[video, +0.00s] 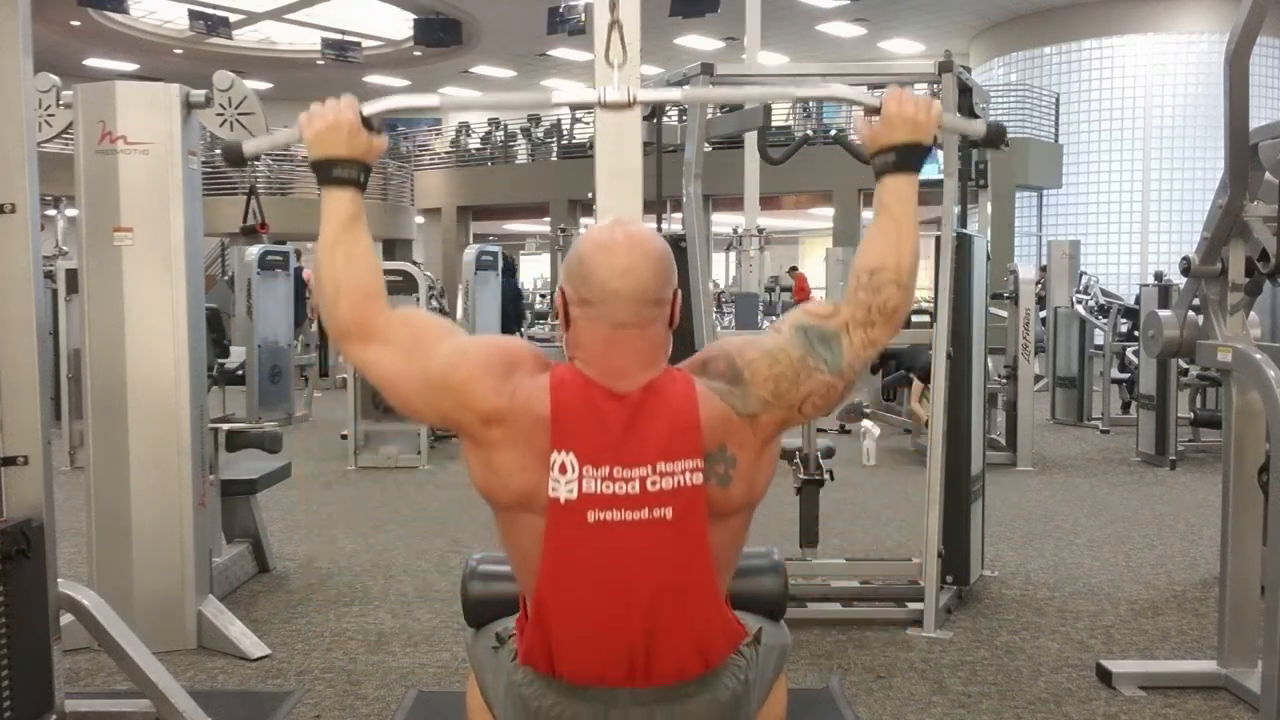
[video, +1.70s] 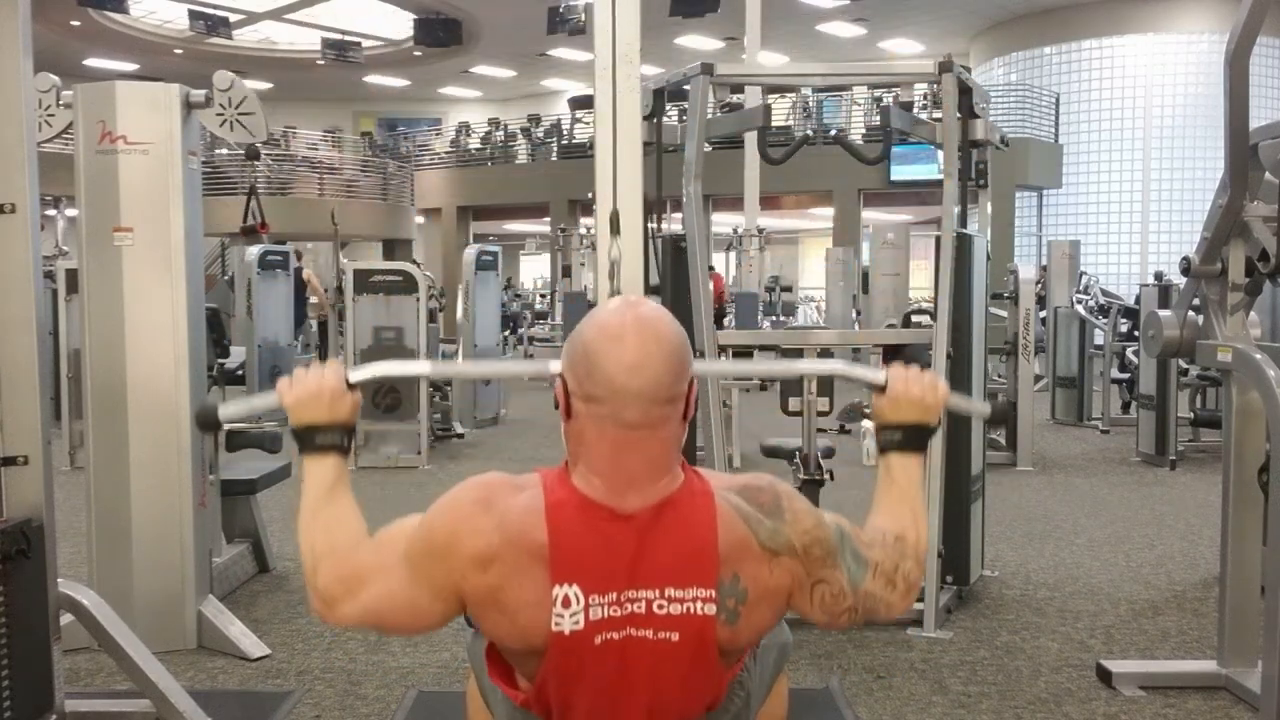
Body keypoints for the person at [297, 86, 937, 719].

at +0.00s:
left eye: (565, 286)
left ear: (564, 311)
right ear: (672, 312)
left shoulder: (498, 388)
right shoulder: (744, 391)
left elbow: (356, 321)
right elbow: (873, 314)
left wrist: (339, 178)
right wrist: (901, 167)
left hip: (553, 693)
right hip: (707, 688)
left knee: (492, 646)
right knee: (768, 647)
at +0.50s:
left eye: (570, 264)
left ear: (568, 280)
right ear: (671, 281)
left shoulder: (515, 339)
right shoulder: (728, 343)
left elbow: (405, 222)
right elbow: (827, 214)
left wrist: (348, 70)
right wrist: (885, 67)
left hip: (556, 682)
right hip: (697, 681)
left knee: (488, 667)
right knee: (769, 646)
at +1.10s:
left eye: (573, 279)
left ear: (572, 300)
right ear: (681, 297)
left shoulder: (508, 370)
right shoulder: (747, 368)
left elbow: (366, 289)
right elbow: (875, 293)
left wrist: (337, 142)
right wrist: (905, 139)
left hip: (556, 693)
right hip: (701, 690)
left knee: (489, 659)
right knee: (768, 648)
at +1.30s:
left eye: (568, 319)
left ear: (568, 342)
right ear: (683, 340)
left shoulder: (500, 430)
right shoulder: (756, 429)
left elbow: (344, 383)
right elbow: (902, 388)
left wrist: (326, 237)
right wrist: (917, 237)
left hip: (549, 693)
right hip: (703, 691)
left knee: (491, 630)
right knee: (769, 645)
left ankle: (484, 708)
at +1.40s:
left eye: (568, 338)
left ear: (566, 362)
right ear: (686, 366)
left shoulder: (494, 462)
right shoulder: (759, 464)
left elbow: (333, 436)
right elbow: (910, 434)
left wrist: (323, 288)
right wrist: (919, 296)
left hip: (543, 695)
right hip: (704, 695)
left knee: (489, 599)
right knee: (768, 639)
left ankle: (481, 707)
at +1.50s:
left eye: (567, 360)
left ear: (565, 379)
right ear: (688, 381)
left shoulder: (492, 490)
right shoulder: (758, 489)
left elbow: (330, 494)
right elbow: (906, 496)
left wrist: (322, 348)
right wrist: (915, 350)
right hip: (711, 694)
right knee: (769, 625)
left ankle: (486, 703)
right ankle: (777, 707)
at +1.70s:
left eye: (561, 377)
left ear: (564, 398)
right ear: (688, 400)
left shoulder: (486, 522)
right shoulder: (761, 523)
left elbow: (340, 592)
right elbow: (887, 588)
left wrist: (320, 441)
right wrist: (906, 442)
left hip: (533, 706)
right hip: (700, 706)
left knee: (488, 654)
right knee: (769, 624)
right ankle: (778, 703)